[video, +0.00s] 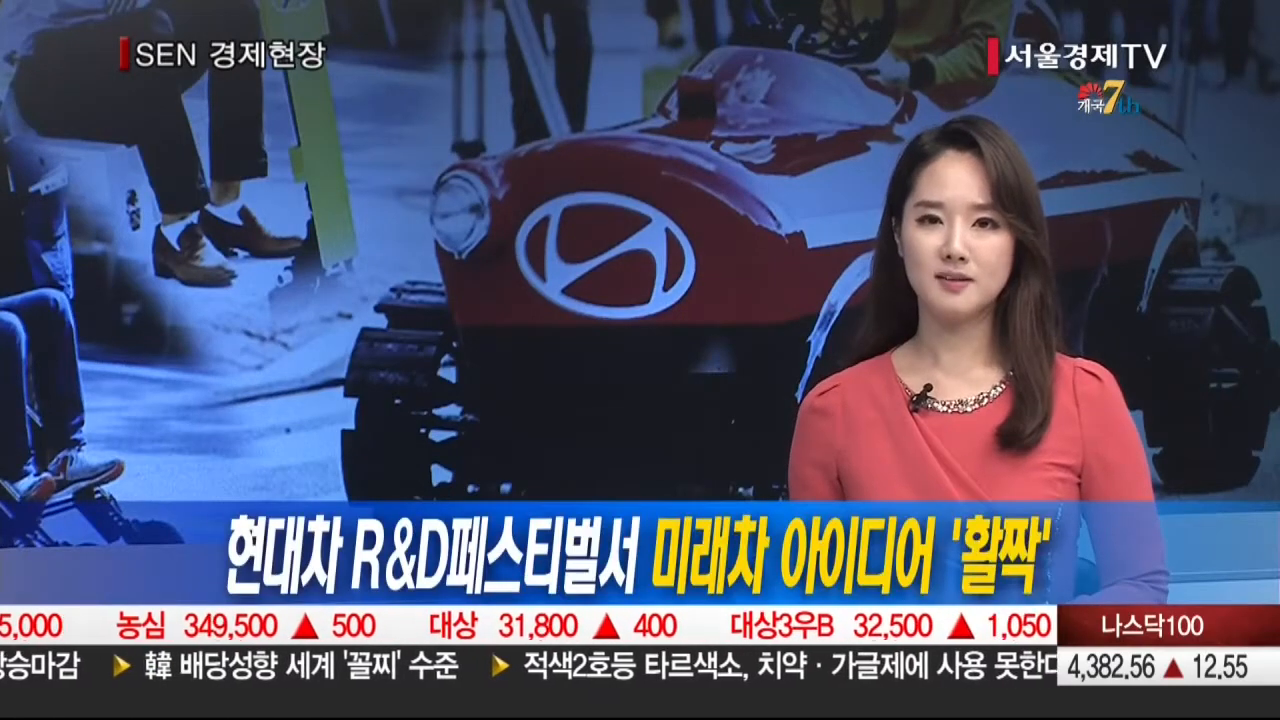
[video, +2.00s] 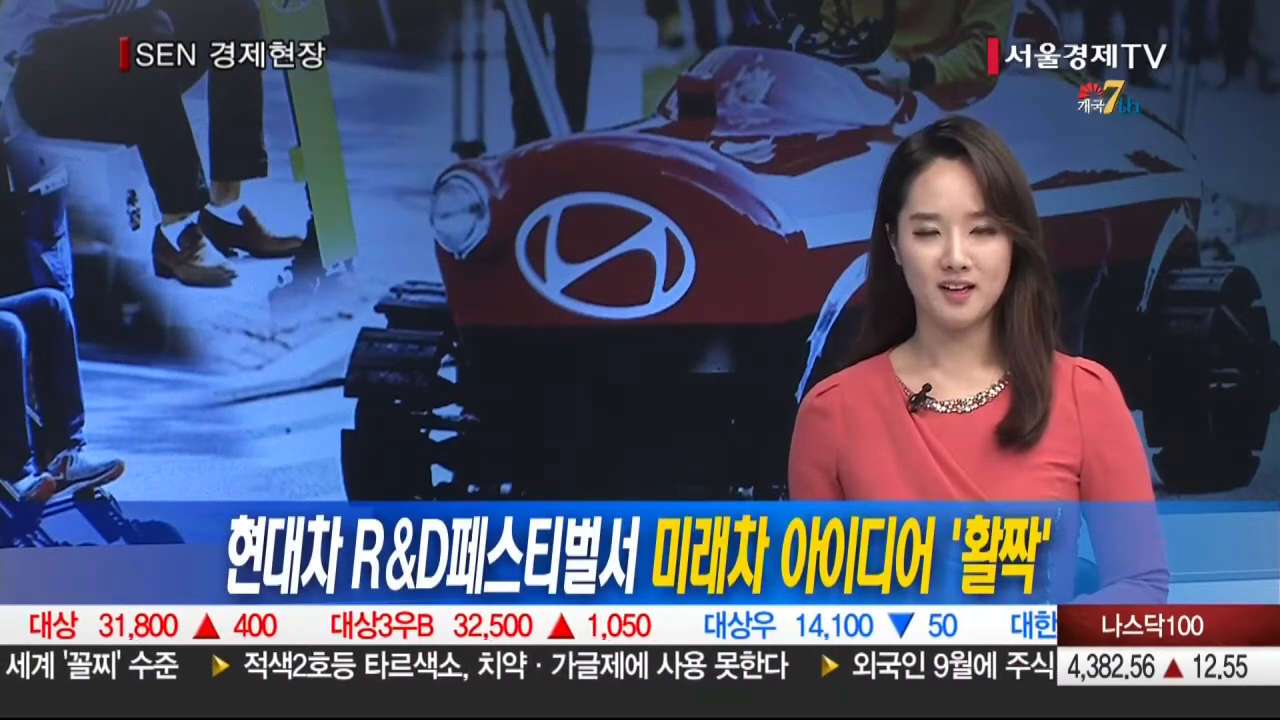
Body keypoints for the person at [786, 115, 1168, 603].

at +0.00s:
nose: (955, 247)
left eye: (985, 222)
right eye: (930, 219)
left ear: (1019, 244)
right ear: (898, 239)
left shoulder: (1086, 398)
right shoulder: (832, 413)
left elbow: (1140, 586)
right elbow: (811, 604)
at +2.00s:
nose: (956, 259)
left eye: (982, 230)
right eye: (928, 232)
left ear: (1017, 243)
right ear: (895, 245)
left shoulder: (1085, 397)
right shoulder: (831, 413)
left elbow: (1142, 583)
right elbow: (813, 604)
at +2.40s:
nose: (955, 254)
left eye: (982, 226)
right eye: (927, 226)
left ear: (1016, 243)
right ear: (893, 243)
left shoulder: (1084, 396)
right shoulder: (830, 413)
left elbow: (1142, 580)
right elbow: (812, 603)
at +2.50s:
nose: (955, 249)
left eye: (982, 222)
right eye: (927, 222)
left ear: (1016, 242)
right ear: (894, 241)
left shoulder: (1083, 396)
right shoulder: (830, 413)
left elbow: (1142, 581)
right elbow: (811, 603)